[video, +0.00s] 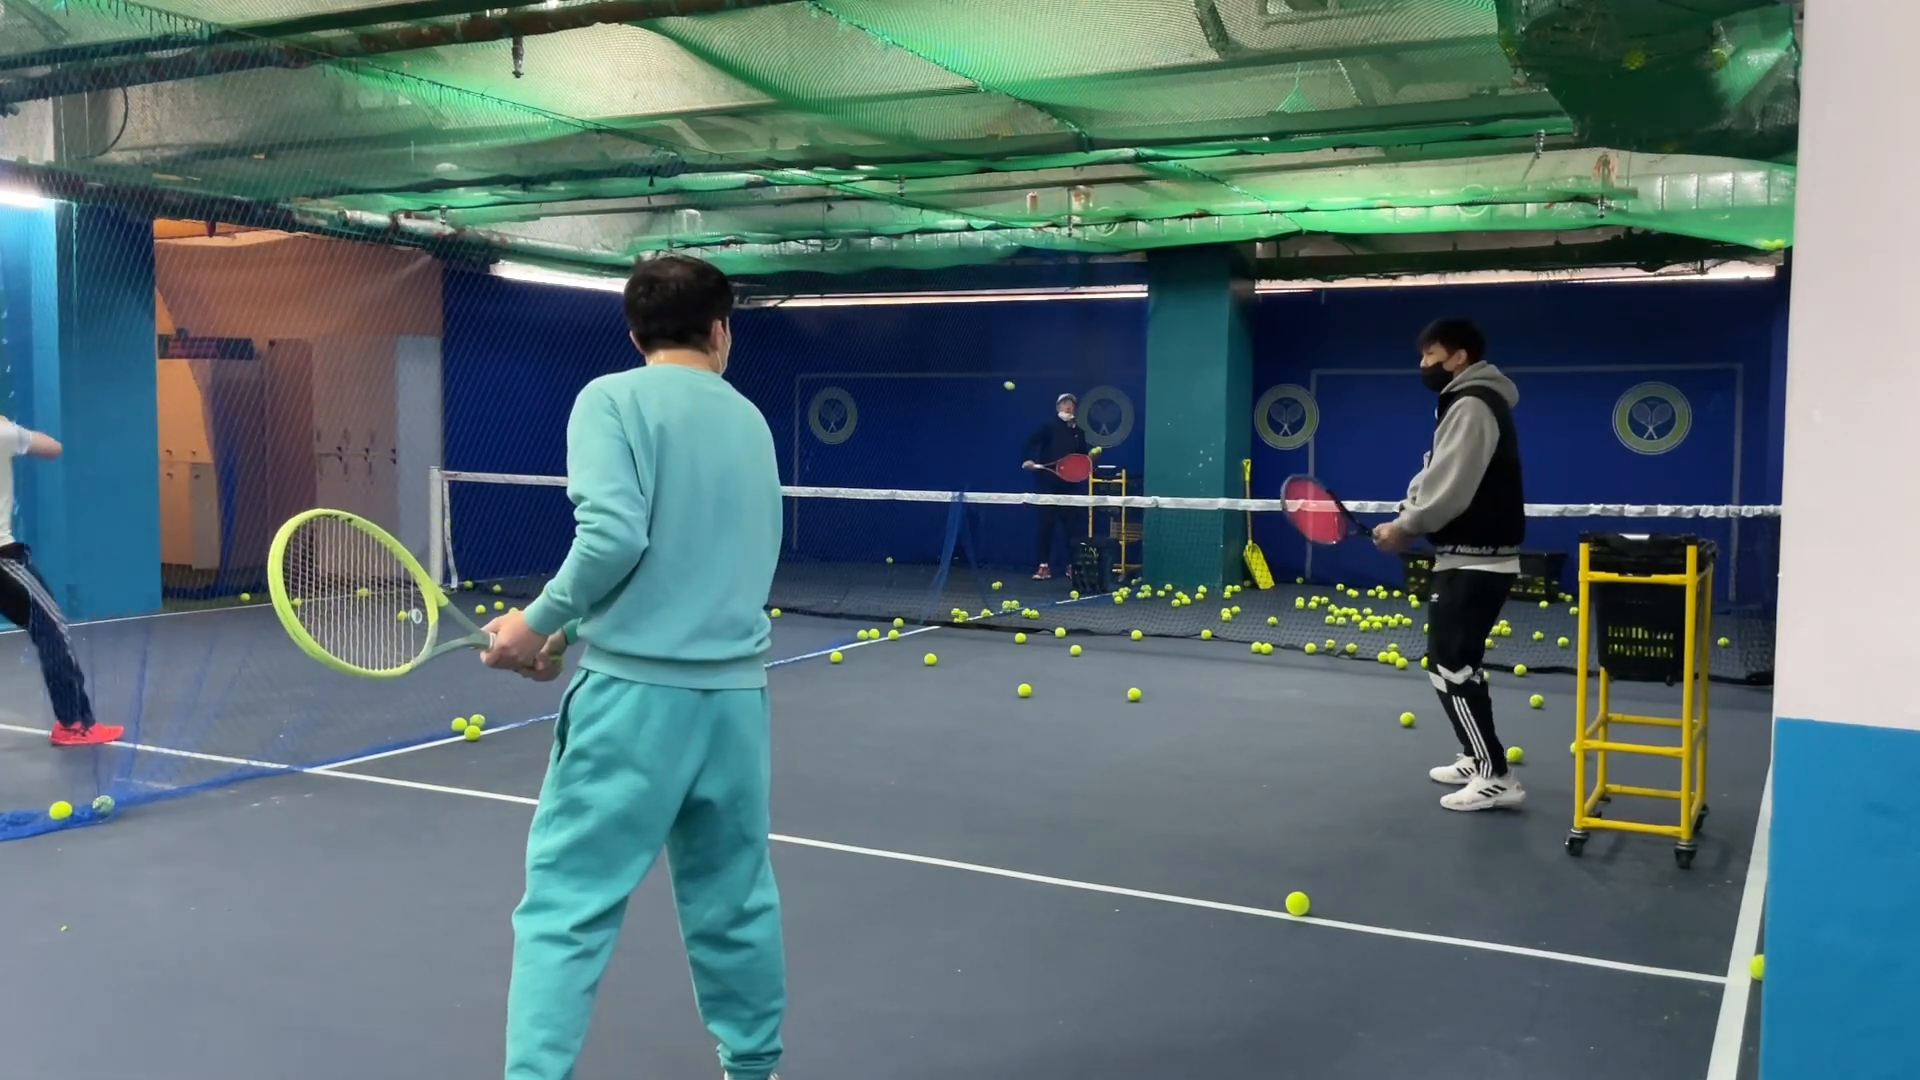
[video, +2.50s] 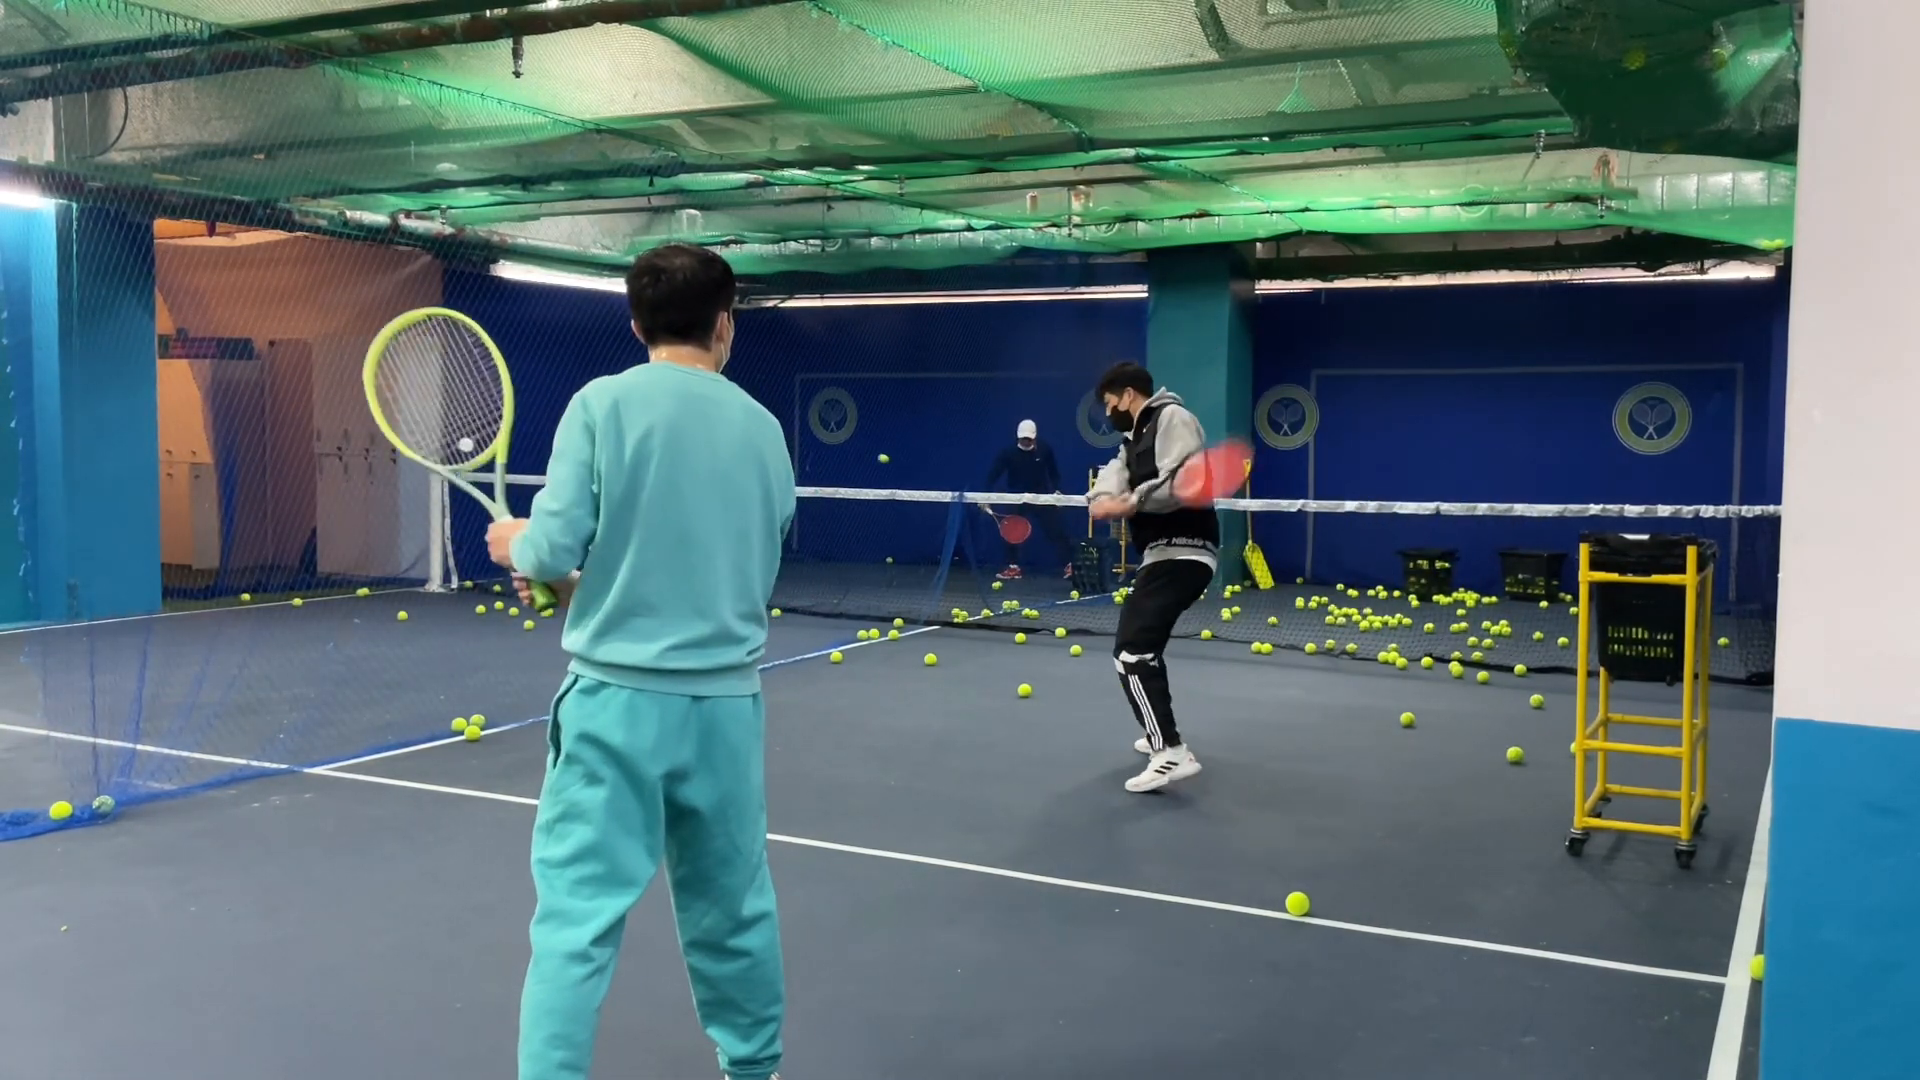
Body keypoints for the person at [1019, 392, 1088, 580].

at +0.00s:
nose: (1067, 408)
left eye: (1070, 405)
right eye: (1064, 405)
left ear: (1075, 408)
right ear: (1058, 408)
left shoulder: (1078, 432)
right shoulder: (1048, 428)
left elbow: (1083, 456)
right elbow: (1030, 445)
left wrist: (1089, 460)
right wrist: (1027, 460)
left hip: (1071, 484)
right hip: (1048, 483)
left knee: (1072, 524)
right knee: (1046, 523)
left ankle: (1072, 565)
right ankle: (1044, 564)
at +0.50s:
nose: (1039, 411)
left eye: (1043, 408)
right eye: (1036, 408)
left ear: (1050, 410)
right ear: (1032, 411)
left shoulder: (1059, 433)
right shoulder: (1025, 433)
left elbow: (1071, 459)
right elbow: (1015, 457)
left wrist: (1062, 459)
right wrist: (1009, 478)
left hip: (1053, 485)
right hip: (1032, 484)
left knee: (1049, 524)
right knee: (1036, 525)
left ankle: (1046, 565)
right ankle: (1042, 565)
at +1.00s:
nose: (1022, 411)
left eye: (1026, 408)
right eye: (1020, 408)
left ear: (1035, 411)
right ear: (1017, 411)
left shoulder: (1044, 433)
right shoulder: (1014, 434)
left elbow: (1047, 462)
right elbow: (1008, 457)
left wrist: (1024, 466)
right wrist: (1009, 469)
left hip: (1039, 487)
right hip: (1018, 486)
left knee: (1038, 528)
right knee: (1010, 525)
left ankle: (1036, 569)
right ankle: (1014, 563)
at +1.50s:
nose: (1007, 411)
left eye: (1011, 407)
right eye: (1005, 407)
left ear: (1019, 409)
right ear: (1002, 410)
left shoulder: (1030, 430)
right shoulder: (1001, 432)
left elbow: (1035, 459)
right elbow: (997, 456)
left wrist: (1013, 460)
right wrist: (1000, 467)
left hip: (1033, 484)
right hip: (1013, 485)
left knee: (1039, 523)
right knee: (1011, 524)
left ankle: (1051, 563)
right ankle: (1013, 565)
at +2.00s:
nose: (1022, 420)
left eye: (1026, 417)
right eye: (1020, 417)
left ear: (1035, 419)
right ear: (1018, 420)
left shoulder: (1047, 439)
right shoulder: (1015, 442)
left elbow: (1054, 465)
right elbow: (1006, 468)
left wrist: (1052, 490)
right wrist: (1002, 492)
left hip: (1050, 491)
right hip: (1028, 491)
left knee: (1058, 530)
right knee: (1019, 529)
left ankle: (1064, 566)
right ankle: (1015, 565)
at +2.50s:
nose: (1026, 443)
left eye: (1029, 439)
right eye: (1023, 439)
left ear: (1035, 437)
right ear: (1018, 437)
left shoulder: (1044, 450)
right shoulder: (1009, 453)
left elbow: (1054, 472)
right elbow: (993, 476)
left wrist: (1058, 489)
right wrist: (985, 498)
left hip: (1042, 497)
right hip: (1017, 498)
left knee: (1055, 529)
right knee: (1012, 531)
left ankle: (1068, 564)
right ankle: (1013, 566)